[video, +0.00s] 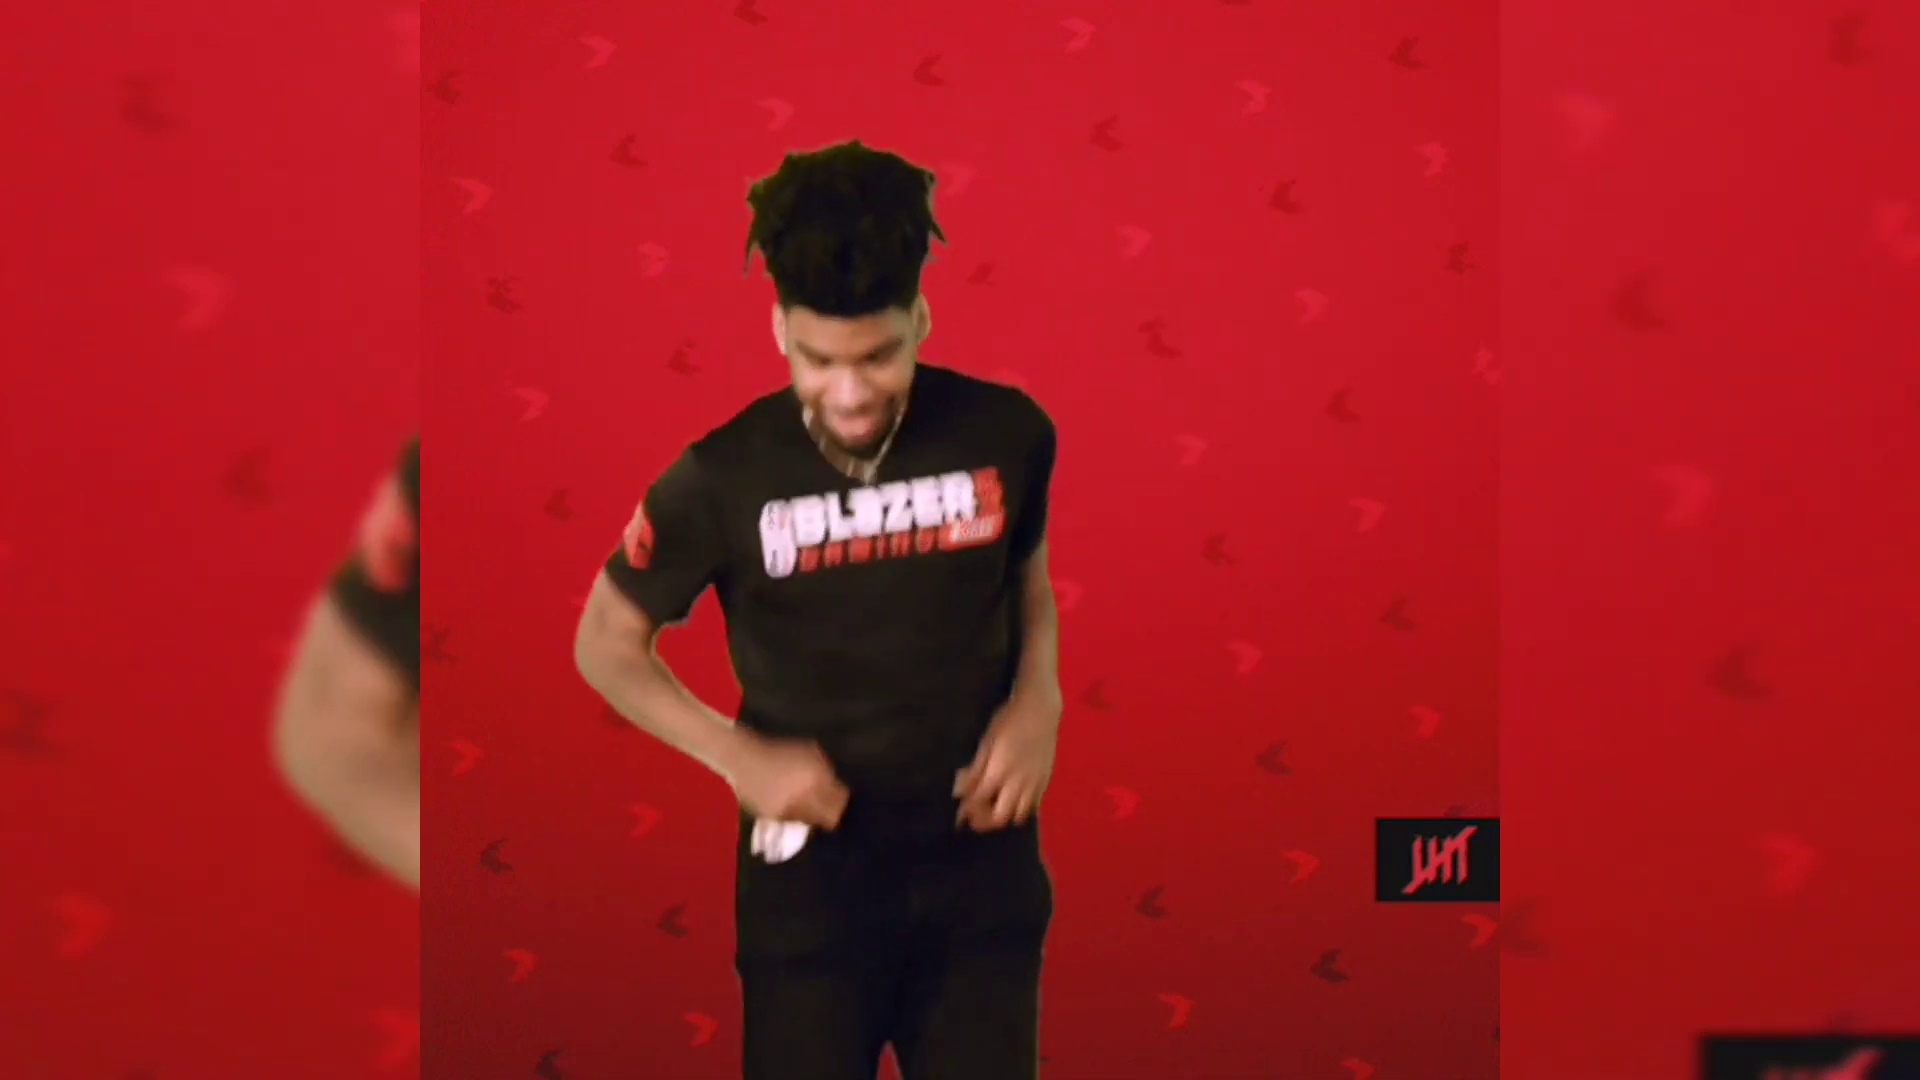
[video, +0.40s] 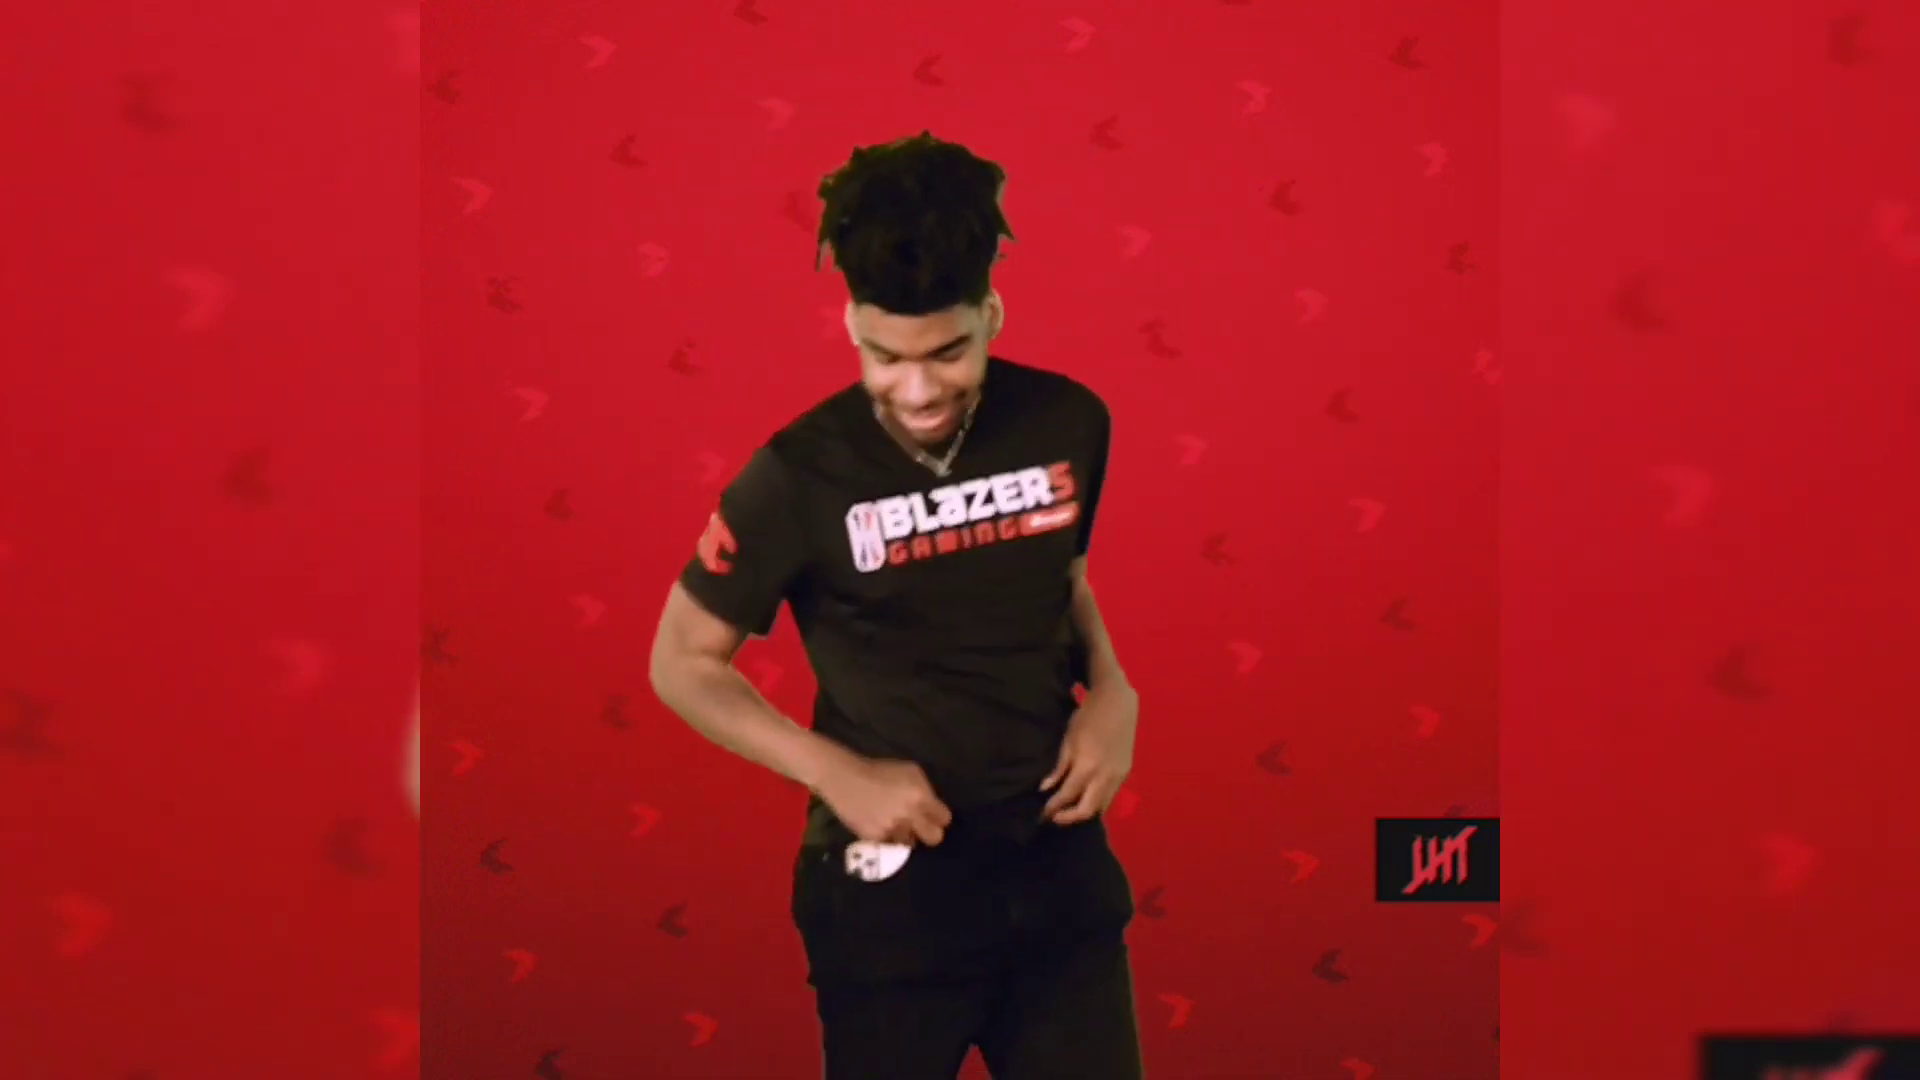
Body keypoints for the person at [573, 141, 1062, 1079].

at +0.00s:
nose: (850, 390)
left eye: (877, 356)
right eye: (818, 358)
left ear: (922, 318)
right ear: (779, 324)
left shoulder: (1008, 438)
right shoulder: (720, 483)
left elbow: (1028, 582)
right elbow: (605, 643)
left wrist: (1037, 703)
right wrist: (740, 757)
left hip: (981, 873)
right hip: (810, 883)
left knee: (986, 1062)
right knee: (805, 1063)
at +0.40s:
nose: (917, 387)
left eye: (948, 352)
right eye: (883, 354)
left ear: (993, 311)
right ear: (849, 315)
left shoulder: (1065, 426)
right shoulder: (797, 482)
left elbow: (1064, 571)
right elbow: (683, 661)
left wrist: (1112, 688)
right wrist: (837, 774)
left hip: (1057, 878)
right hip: (886, 898)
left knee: (1098, 1062)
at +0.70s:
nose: (1011, 440)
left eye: (1045, 403)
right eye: (984, 404)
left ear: (1108, 375)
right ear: (963, 375)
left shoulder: (1172, 528)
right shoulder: (889, 534)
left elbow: (1165, 667)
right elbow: (752, 696)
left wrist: (1183, 784)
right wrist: (876, 862)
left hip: (1132, 954)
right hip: (959, 970)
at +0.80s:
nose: (995, 387)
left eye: (1029, 356)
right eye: (976, 352)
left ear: (1108, 339)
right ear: (958, 330)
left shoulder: (1191, 492)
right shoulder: (889, 482)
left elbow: (1207, 650)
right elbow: (783, 634)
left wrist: (1179, 756)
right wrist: (877, 784)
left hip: (1123, 916)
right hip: (944, 921)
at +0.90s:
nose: (970, 332)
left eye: (1007, 303)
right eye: (954, 297)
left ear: (1091, 285)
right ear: (938, 273)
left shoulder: (1183, 419)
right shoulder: (878, 405)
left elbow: (1220, 574)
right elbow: (794, 554)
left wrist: (1179, 682)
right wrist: (853, 688)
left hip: (1107, 835)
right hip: (925, 836)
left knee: (1102, 1064)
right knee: (920, 1065)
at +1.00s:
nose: (946, 333)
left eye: (980, 304)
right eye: (930, 297)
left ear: (1067, 285)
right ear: (915, 272)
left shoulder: (1169, 428)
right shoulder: (873, 406)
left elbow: (1218, 603)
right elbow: (812, 563)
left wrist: (1143, 695)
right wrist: (833, 693)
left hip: (1074, 849)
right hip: (900, 839)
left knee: (1052, 1062)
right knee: (879, 1063)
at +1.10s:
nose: (933, 365)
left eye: (967, 337)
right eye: (917, 329)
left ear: (1052, 321)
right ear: (903, 304)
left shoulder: (1148, 475)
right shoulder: (867, 443)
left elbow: (1222, 665)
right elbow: (822, 601)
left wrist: (1104, 746)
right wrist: (815, 731)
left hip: (1049, 906)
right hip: (878, 892)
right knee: (849, 1063)